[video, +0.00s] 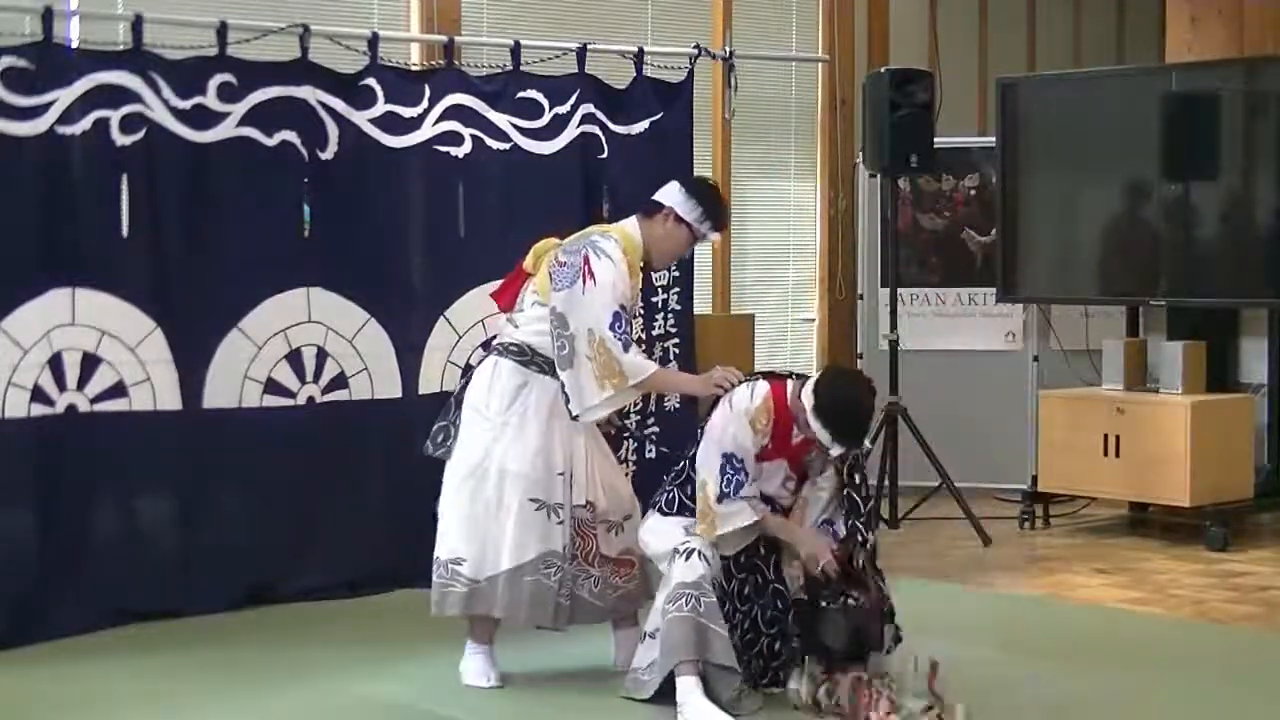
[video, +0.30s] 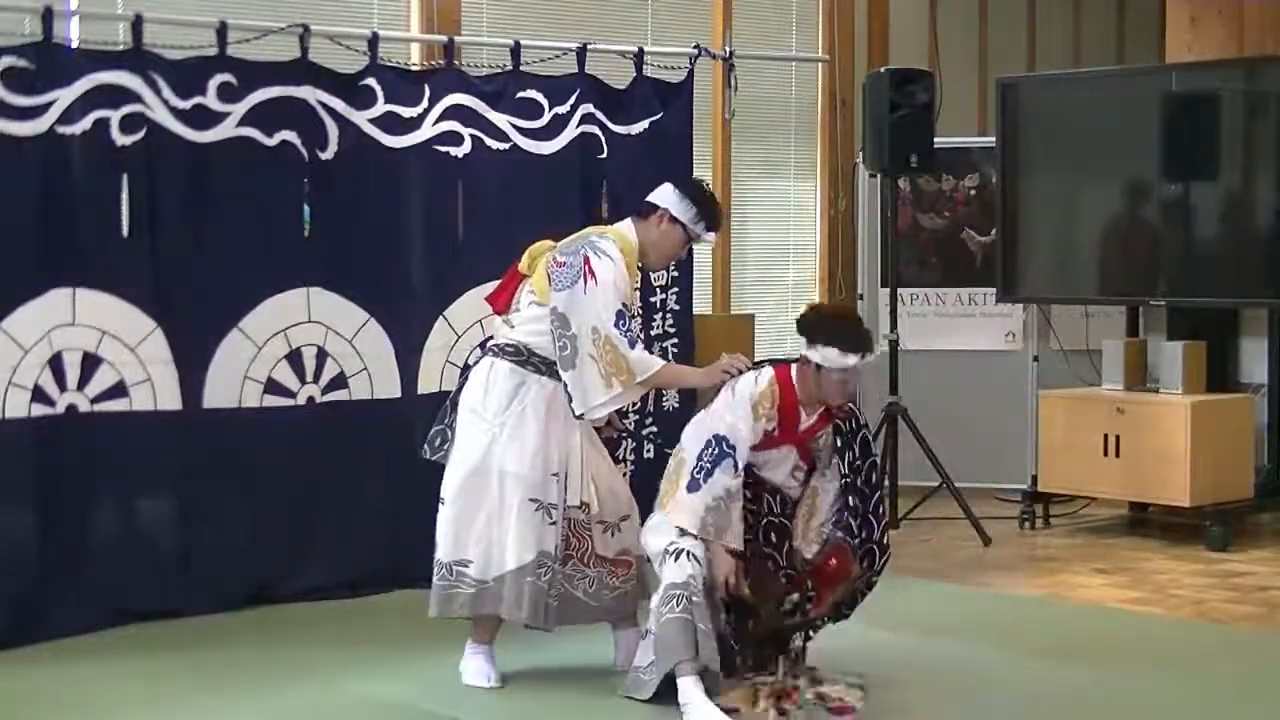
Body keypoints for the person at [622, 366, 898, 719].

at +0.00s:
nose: (826, 449)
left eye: (836, 446)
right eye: (822, 436)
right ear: (806, 403)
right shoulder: (748, 404)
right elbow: (729, 503)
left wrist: (809, 543)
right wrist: (797, 535)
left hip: (756, 526)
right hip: (681, 518)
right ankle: (688, 693)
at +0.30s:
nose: (853, 388)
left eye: (855, 376)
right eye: (844, 376)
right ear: (811, 365)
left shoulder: (832, 422)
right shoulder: (756, 389)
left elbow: (822, 494)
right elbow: (718, 465)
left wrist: (812, 560)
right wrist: (723, 546)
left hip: (752, 506)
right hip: (692, 499)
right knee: (684, 571)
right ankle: (690, 690)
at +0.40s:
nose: (842, 343)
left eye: (844, 331)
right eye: (831, 333)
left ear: (848, 331)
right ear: (795, 336)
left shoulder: (831, 401)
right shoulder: (747, 383)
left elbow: (828, 480)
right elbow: (713, 458)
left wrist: (813, 543)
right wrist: (730, 532)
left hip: (763, 515)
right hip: (692, 510)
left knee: (809, 574)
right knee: (691, 570)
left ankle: (797, 673)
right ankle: (693, 689)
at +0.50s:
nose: (819, 308)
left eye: (819, 297)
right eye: (807, 299)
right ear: (771, 312)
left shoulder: (824, 371)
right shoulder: (736, 364)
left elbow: (837, 444)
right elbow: (709, 440)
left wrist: (814, 499)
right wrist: (767, 488)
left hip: (792, 512)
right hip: (726, 508)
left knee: (849, 573)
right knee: (705, 562)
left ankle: (799, 671)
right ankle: (695, 681)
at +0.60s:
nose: (796, 290)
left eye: (795, 280)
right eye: (783, 282)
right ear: (748, 298)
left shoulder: (813, 353)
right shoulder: (720, 353)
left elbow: (861, 397)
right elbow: (733, 406)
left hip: (788, 512)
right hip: (717, 508)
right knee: (716, 550)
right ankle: (698, 686)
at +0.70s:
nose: (785, 284)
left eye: (783, 273)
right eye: (771, 276)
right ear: (735, 296)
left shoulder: (802, 354)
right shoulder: (711, 347)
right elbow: (741, 368)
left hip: (770, 525)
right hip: (704, 514)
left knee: (769, 671)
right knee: (725, 549)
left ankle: (678, 652)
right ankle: (699, 686)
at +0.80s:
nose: (780, 288)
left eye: (762, 280)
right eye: (762, 280)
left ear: (775, 284)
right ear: (733, 293)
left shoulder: (787, 345)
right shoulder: (708, 342)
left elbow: (853, 323)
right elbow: (736, 336)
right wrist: (782, 274)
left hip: (769, 506)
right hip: (708, 504)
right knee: (727, 553)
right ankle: (699, 683)